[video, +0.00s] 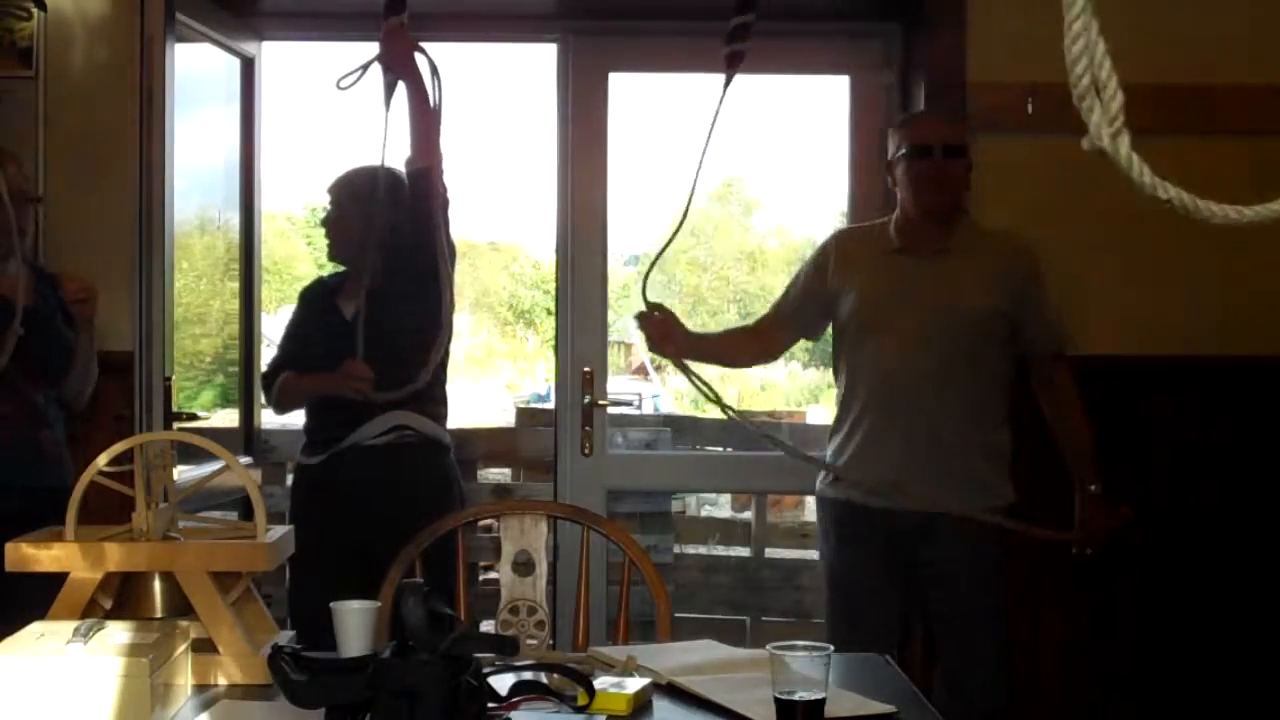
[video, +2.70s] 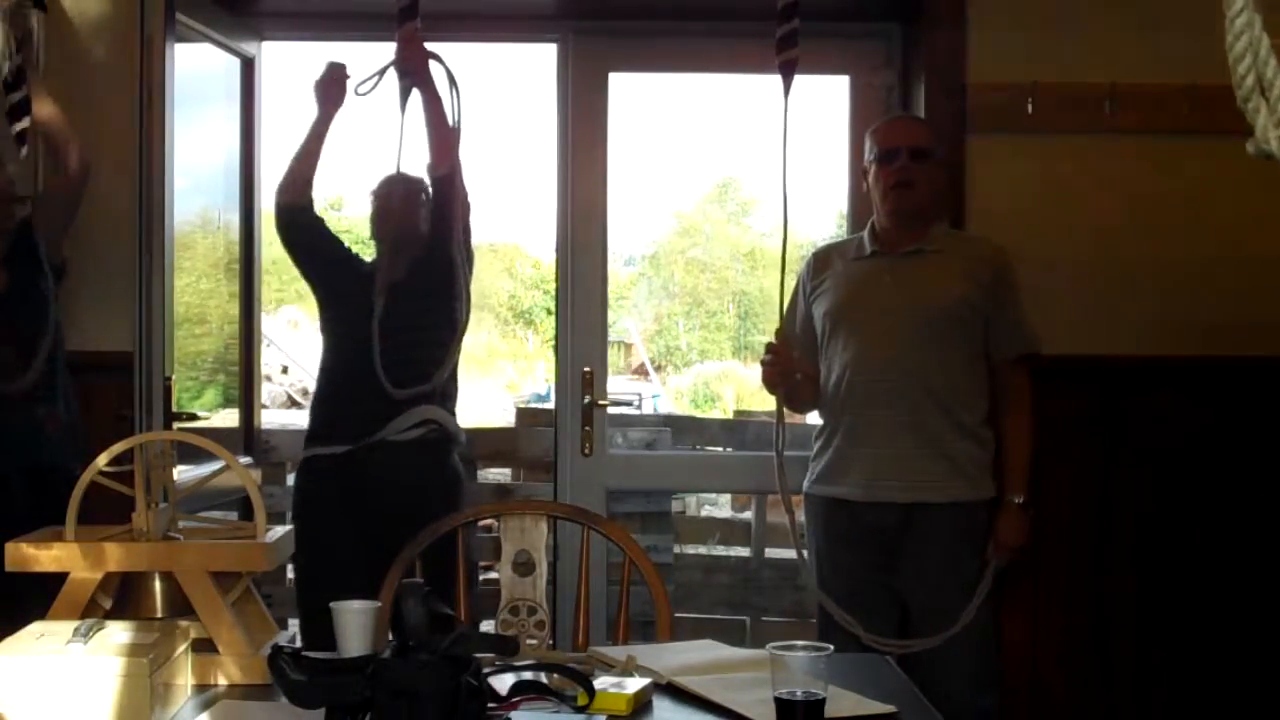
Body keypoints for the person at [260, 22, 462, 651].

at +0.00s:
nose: (326, 222)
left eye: (338, 211)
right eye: (329, 211)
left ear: (379, 219)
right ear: (350, 221)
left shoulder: (420, 285)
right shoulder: (317, 299)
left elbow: (426, 168)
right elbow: (279, 393)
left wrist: (410, 73)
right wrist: (333, 381)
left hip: (409, 481)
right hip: (326, 482)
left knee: (412, 628)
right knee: (322, 634)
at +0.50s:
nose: (336, 216)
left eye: (349, 204)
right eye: (339, 205)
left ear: (390, 212)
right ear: (358, 214)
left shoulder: (428, 279)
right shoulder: (328, 297)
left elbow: (435, 162)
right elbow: (279, 383)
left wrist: (418, 72)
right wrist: (305, 302)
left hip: (415, 463)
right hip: (333, 465)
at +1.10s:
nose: (359, 223)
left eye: (374, 210)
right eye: (352, 210)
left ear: (406, 218)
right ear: (342, 219)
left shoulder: (432, 278)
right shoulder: (330, 296)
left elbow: (436, 168)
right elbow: (285, 359)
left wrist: (417, 75)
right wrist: (326, 262)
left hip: (418, 462)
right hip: (335, 466)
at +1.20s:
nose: (360, 223)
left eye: (374, 211)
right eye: (352, 212)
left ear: (406, 219)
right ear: (342, 220)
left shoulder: (432, 278)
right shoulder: (332, 296)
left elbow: (435, 170)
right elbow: (288, 360)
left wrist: (415, 76)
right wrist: (328, 263)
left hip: (419, 455)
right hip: (338, 460)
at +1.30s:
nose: (369, 223)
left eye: (384, 211)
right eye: (358, 212)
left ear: (410, 220)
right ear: (346, 221)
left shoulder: (434, 276)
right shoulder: (335, 297)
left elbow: (434, 168)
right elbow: (289, 362)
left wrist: (414, 76)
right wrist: (331, 265)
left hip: (421, 468)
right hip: (337, 472)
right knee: (328, 649)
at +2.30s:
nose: (374, 215)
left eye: (390, 205)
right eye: (370, 207)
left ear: (423, 222)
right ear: (365, 224)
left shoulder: (444, 285)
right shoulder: (342, 289)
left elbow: (444, 173)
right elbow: (264, 285)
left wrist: (425, 78)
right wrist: (302, 204)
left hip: (422, 475)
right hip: (339, 476)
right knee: (331, 645)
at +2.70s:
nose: (399, 197)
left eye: (412, 192)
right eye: (387, 192)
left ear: (429, 215)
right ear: (372, 218)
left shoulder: (444, 277)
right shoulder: (344, 278)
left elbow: (446, 171)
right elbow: (291, 208)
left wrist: (423, 81)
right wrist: (325, 116)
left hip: (420, 466)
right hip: (335, 464)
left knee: (425, 630)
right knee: (332, 641)